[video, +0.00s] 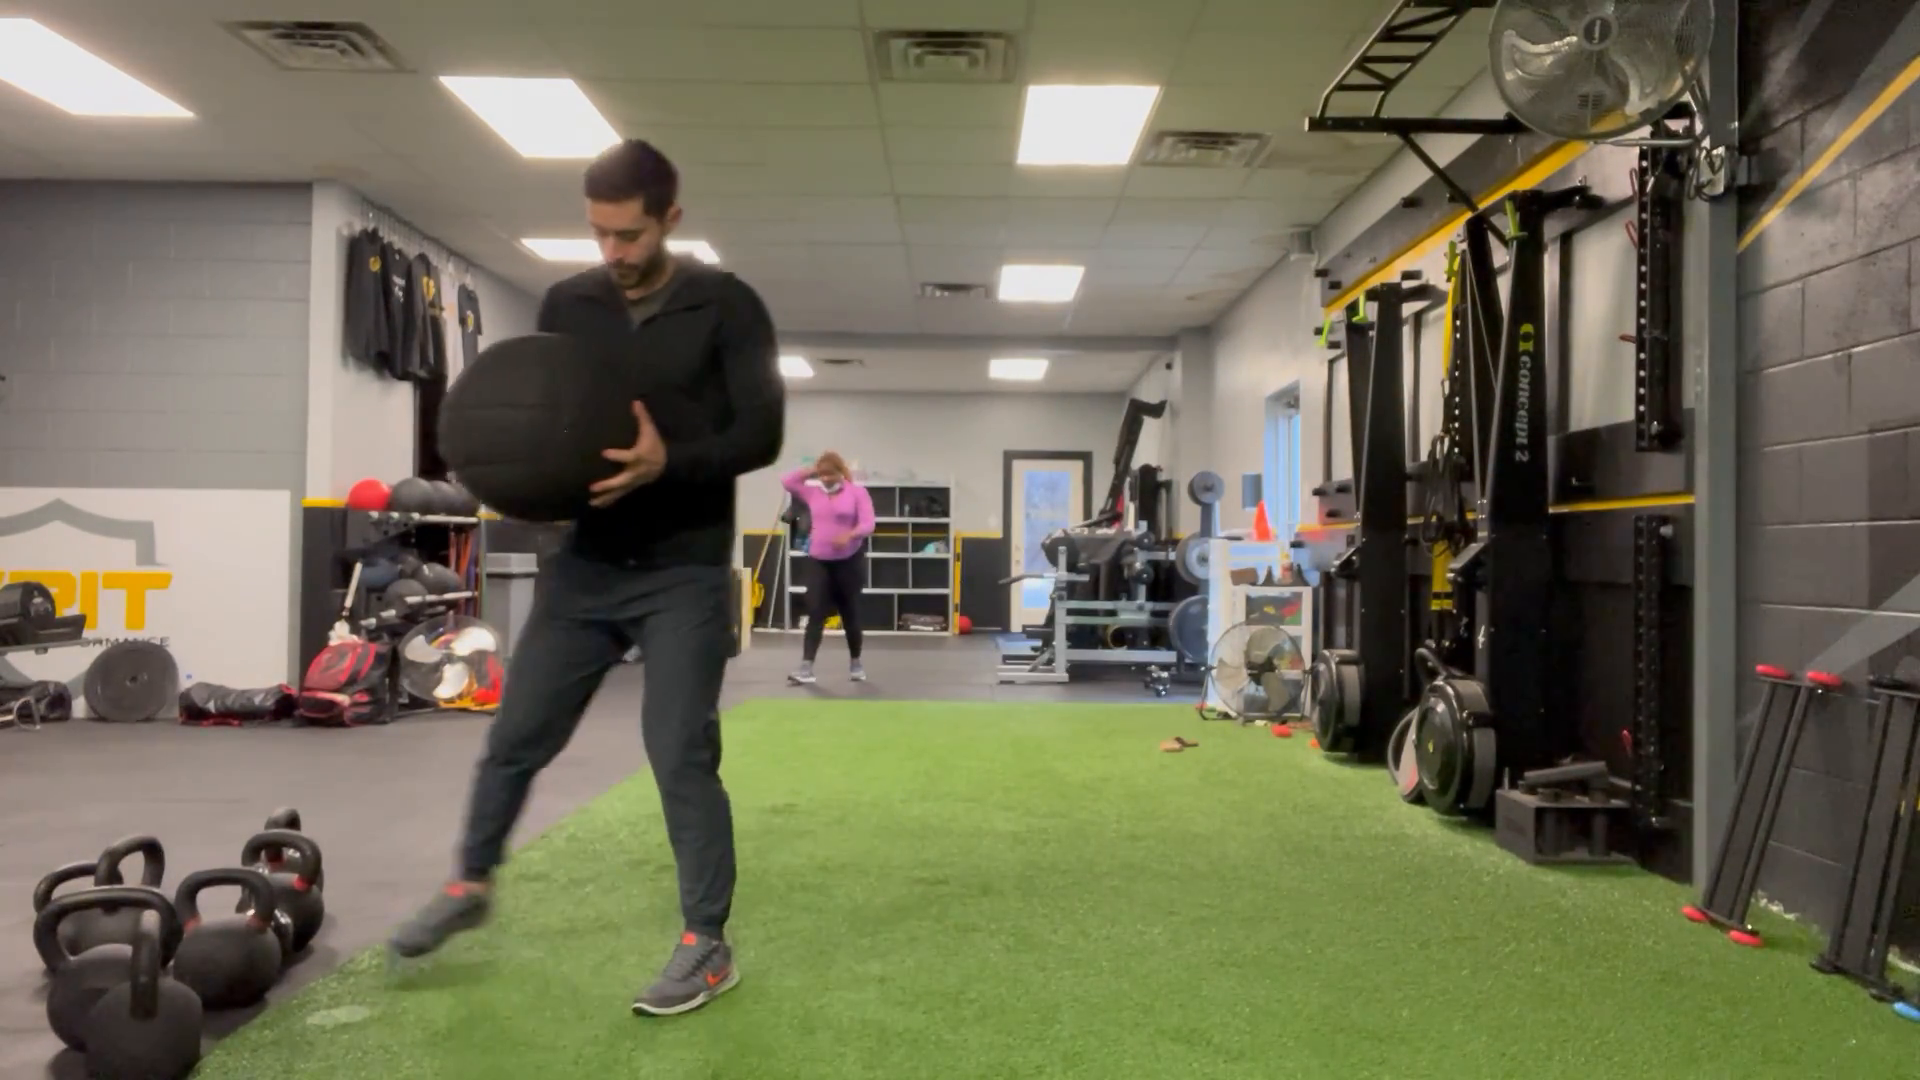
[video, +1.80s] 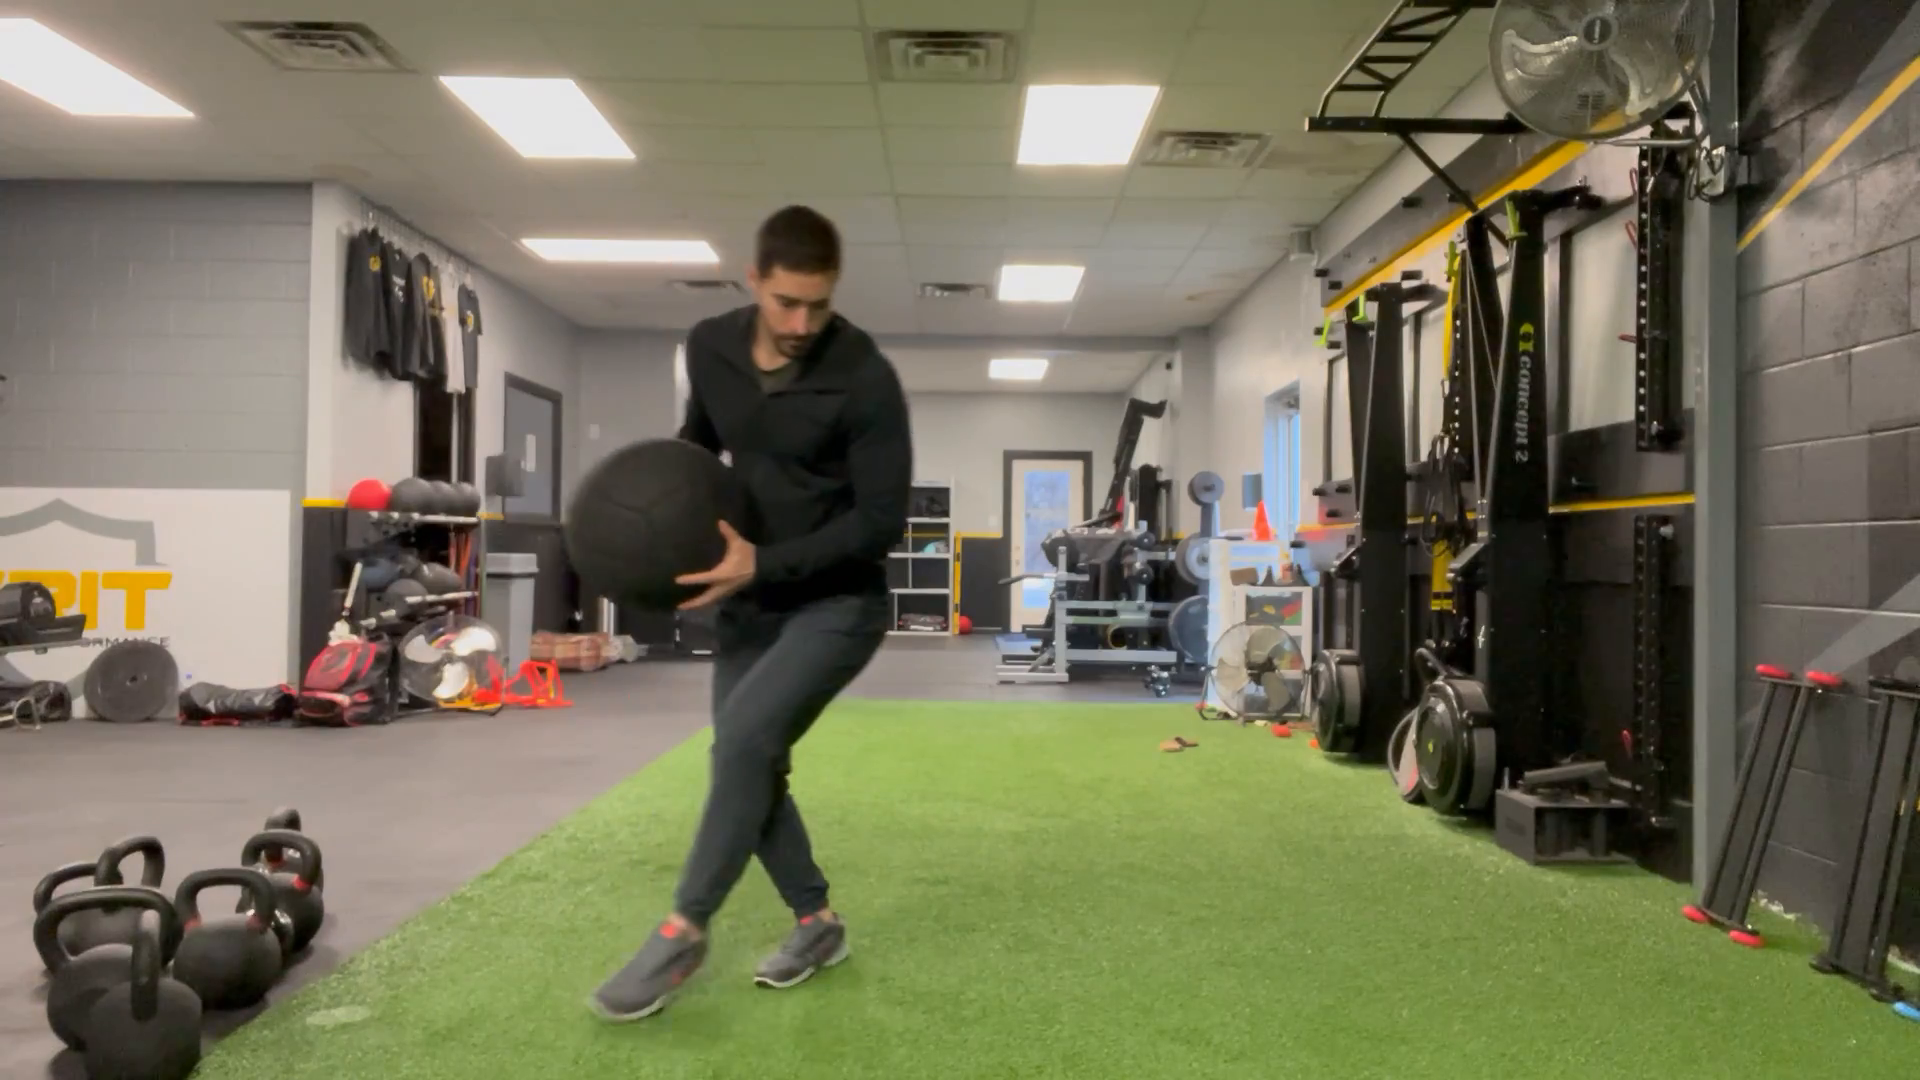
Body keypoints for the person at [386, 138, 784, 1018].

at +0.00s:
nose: (615, 253)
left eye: (632, 235)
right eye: (601, 235)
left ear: (671, 216)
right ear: (587, 222)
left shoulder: (727, 306)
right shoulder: (570, 306)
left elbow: (762, 437)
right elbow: (548, 419)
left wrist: (673, 458)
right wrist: (514, 467)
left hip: (685, 573)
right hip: (581, 569)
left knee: (681, 751)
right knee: (513, 738)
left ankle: (705, 940)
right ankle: (469, 886)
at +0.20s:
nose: (533, 280)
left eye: (552, 264)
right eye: (521, 261)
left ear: (589, 248)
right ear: (506, 243)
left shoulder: (642, 334)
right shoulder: (471, 325)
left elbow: (666, 464)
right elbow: (440, 445)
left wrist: (575, 485)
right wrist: (399, 496)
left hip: (602, 589)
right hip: (492, 591)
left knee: (632, 757)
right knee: (434, 759)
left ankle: (699, 938)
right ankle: (393, 910)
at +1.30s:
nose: (582, 304)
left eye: (600, 286)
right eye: (567, 284)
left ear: (626, 269)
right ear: (543, 265)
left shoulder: (668, 355)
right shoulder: (507, 337)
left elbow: (693, 498)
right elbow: (490, 452)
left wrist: (571, 537)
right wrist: (461, 551)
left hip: (648, 592)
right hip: (548, 592)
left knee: (621, 757)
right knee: (491, 759)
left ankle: (630, 942)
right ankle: (427, 909)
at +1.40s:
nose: (625, 306)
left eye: (644, 289)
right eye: (611, 286)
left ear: (668, 274)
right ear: (587, 265)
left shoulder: (702, 353)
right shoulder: (546, 338)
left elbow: (731, 496)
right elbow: (529, 455)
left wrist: (609, 540)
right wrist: (490, 549)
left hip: (682, 597)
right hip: (583, 598)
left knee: (636, 762)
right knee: (530, 763)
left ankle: (632, 942)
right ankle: (544, 881)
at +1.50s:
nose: (668, 306)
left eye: (685, 289)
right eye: (654, 286)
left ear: (708, 275)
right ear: (627, 265)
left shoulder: (740, 360)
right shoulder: (586, 336)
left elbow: (766, 502)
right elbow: (567, 449)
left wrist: (646, 544)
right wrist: (541, 554)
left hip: (713, 597)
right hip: (617, 594)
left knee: (652, 759)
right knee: (582, 766)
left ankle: (633, 941)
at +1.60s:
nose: (711, 307)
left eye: (727, 291)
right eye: (697, 288)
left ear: (748, 278)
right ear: (667, 265)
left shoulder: (776, 361)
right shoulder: (624, 337)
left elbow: (803, 504)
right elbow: (606, 437)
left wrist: (683, 547)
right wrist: (570, 513)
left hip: (747, 602)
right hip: (653, 600)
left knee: (670, 765)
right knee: (637, 772)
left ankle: (634, 949)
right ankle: (762, 879)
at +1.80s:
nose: (801, 321)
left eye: (817, 305)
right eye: (786, 302)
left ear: (836, 291)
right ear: (753, 281)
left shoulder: (865, 377)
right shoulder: (714, 345)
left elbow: (881, 520)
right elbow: (701, 441)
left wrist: (765, 562)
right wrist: (657, 522)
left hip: (841, 595)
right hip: (750, 595)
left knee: (747, 734)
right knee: (745, 757)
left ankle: (683, 930)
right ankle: (817, 921)